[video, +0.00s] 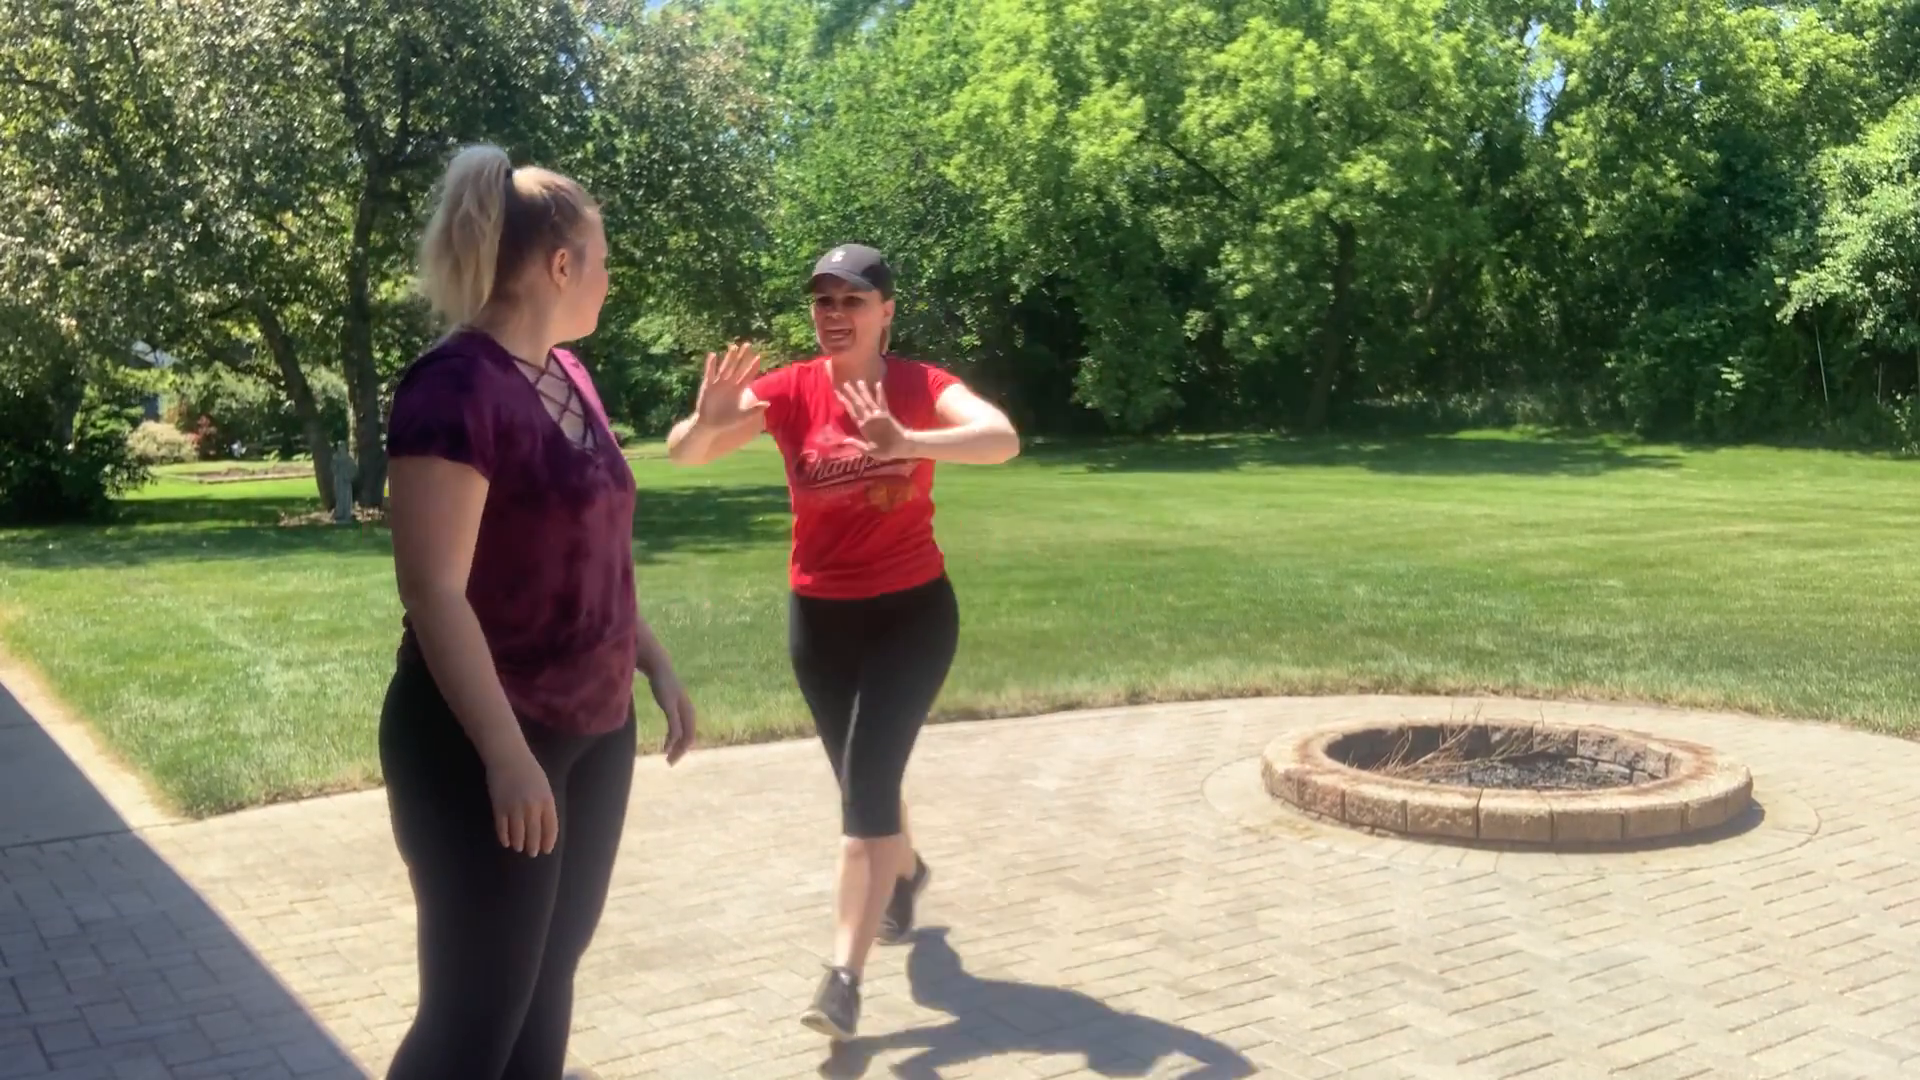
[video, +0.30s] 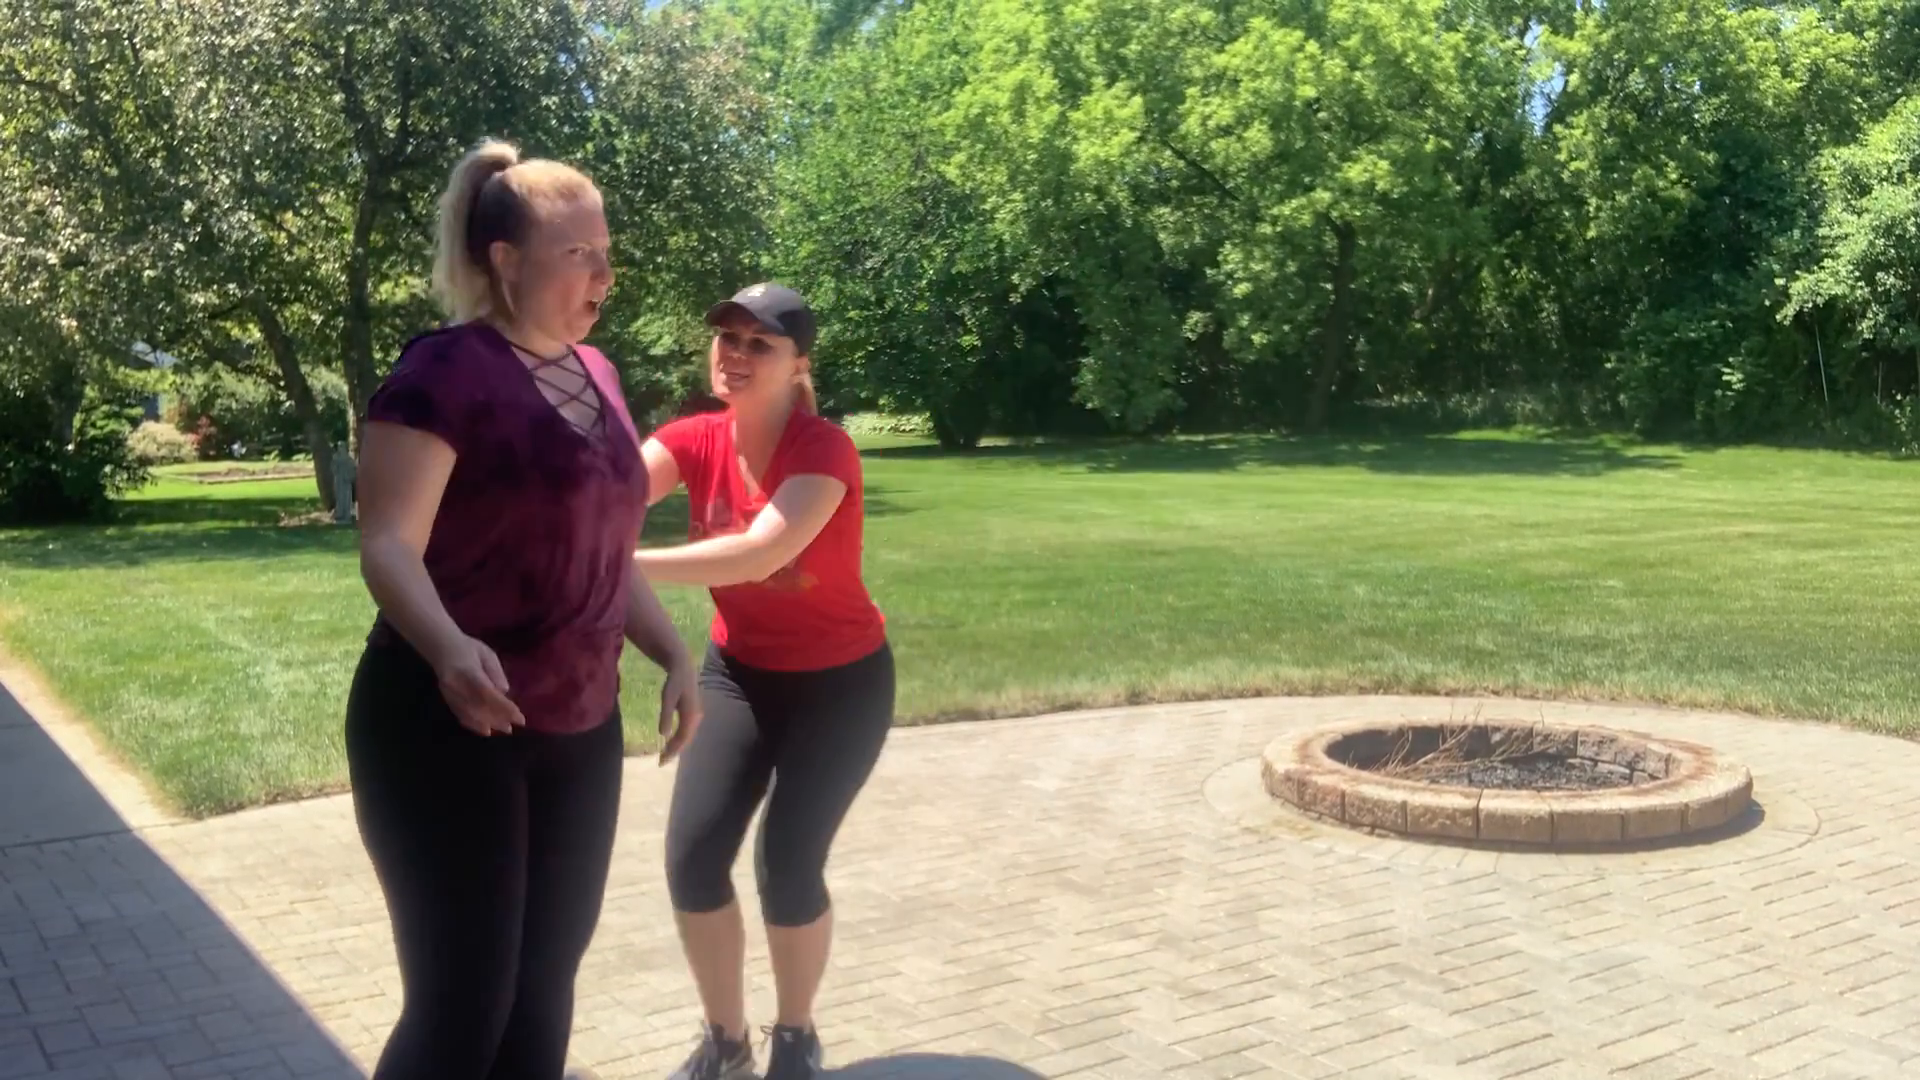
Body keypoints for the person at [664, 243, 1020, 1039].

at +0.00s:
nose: (835, 314)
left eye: (852, 301)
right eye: (823, 301)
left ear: (887, 310)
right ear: (811, 310)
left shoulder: (918, 385)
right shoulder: (787, 388)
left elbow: (1001, 438)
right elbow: (686, 455)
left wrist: (910, 442)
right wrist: (705, 420)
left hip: (911, 609)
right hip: (819, 613)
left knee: (866, 776)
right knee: (854, 772)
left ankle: (845, 972)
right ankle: (903, 867)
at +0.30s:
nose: (730, 357)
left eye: (753, 345)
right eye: (722, 341)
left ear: (800, 362)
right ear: (711, 350)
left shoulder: (824, 448)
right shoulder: (694, 437)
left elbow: (763, 550)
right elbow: (605, 501)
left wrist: (618, 564)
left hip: (840, 681)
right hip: (739, 671)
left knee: (787, 861)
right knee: (691, 855)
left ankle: (795, 1037)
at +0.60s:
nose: (656, 343)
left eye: (678, 328)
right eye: (644, 326)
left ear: (732, 334)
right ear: (634, 330)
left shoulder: (771, 414)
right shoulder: (628, 412)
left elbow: (721, 525)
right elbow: (575, 498)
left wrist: (613, 589)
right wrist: (527, 570)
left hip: (791, 668)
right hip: (680, 667)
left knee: (774, 885)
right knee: (669, 886)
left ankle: (820, 1018)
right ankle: (699, 1074)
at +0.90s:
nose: (704, 292)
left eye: (726, 277)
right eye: (692, 279)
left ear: (773, 293)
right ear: (680, 295)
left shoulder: (816, 378)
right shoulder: (669, 385)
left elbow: (822, 472)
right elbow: (630, 405)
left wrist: (725, 504)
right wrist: (597, 405)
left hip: (818, 639)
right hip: (704, 645)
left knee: (853, 853)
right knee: (698, 876)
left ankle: (911, 1004)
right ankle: (700, 1072)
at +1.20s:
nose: (762, 286)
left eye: (780, 272)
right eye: (750, 271)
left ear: (822, 280)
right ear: (735, 281)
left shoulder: (873, 375)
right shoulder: (716, 384)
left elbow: (951, 490)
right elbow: (651, 500)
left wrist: (925, 605)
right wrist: (692, 558)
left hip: (865, 633)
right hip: (753, 638)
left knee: (886, 835)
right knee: (736, 847)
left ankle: (906, 1013)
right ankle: (759, 1016)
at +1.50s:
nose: (767, 279)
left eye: (787, 266)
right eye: (756, 264)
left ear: (827, 275)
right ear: (742, 275)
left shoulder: (871, 379)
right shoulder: (706, 383)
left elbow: (895, 516)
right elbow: (685, 512)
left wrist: (920, 625)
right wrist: (655, 616)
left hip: (855, 633)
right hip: (742, 638)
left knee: (875, 827)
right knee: (765, 833)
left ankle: (905, 1008)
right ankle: (781, 1008)